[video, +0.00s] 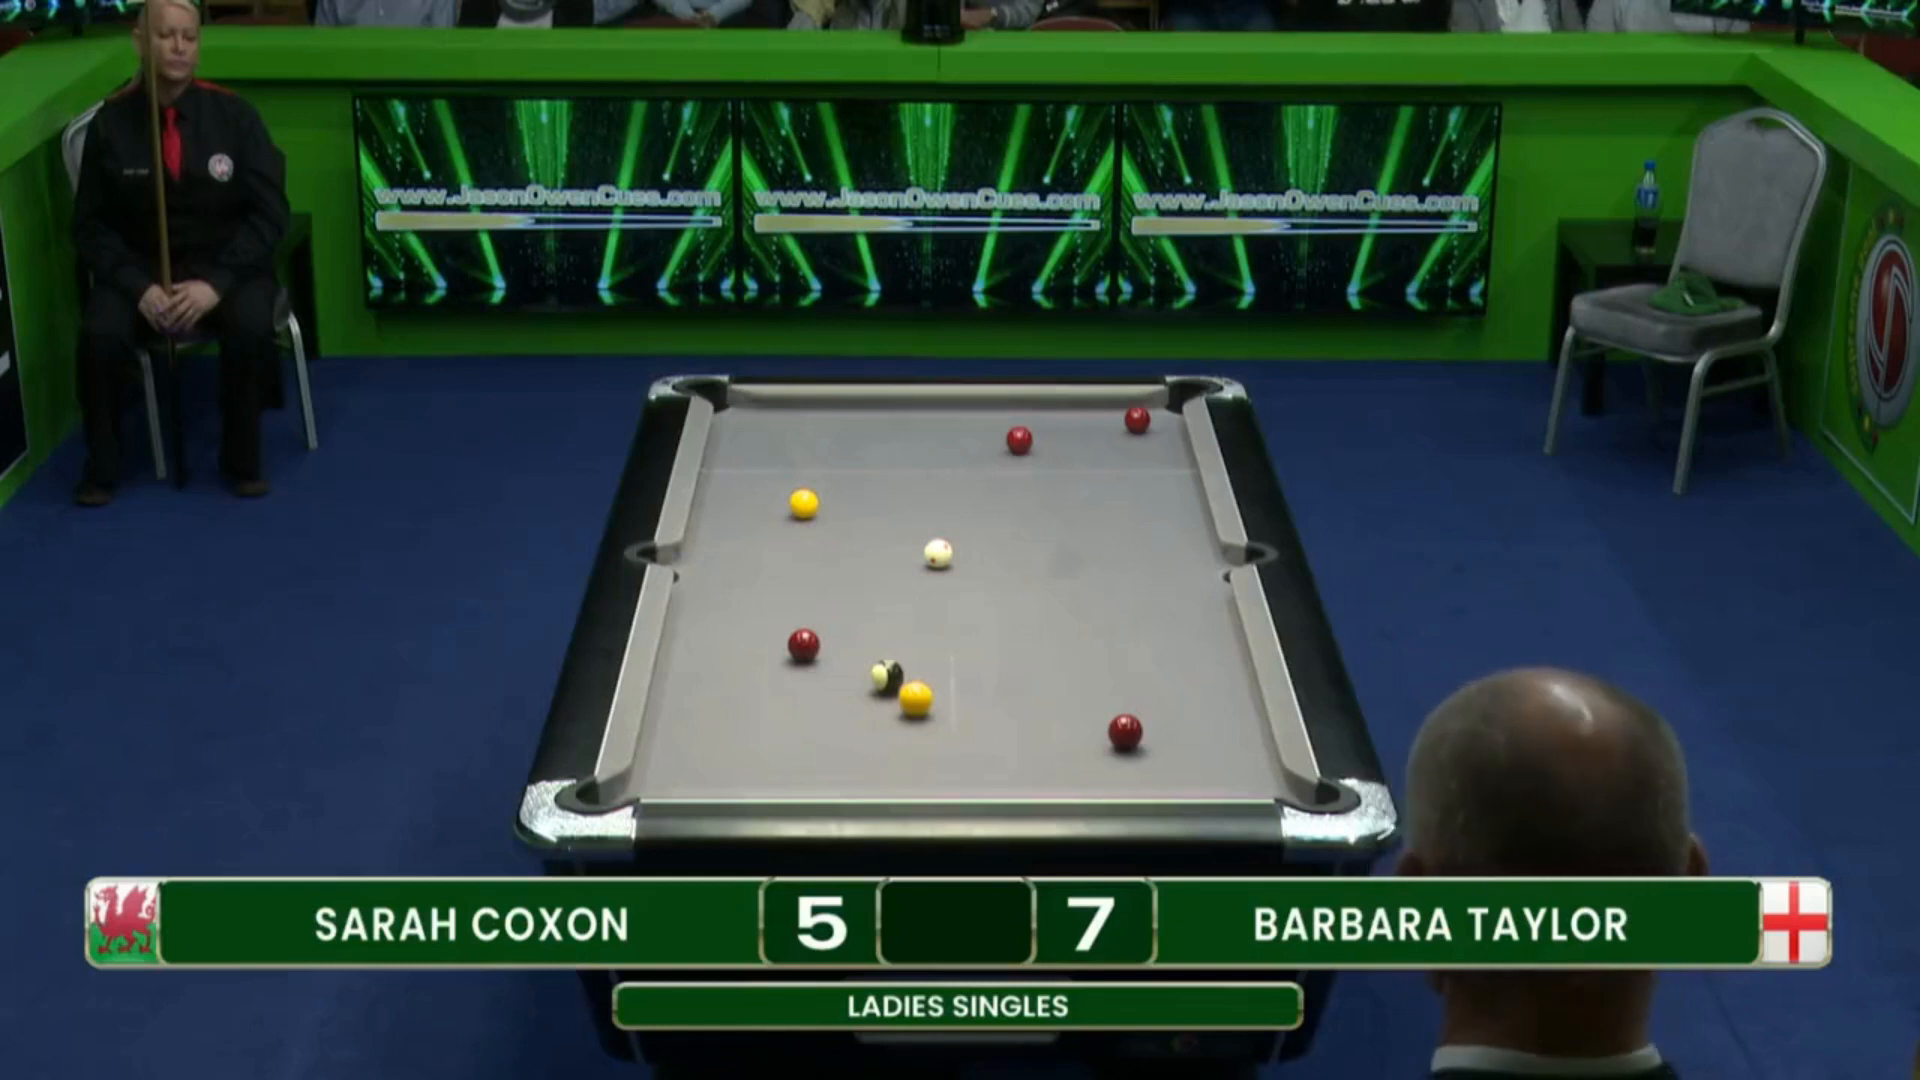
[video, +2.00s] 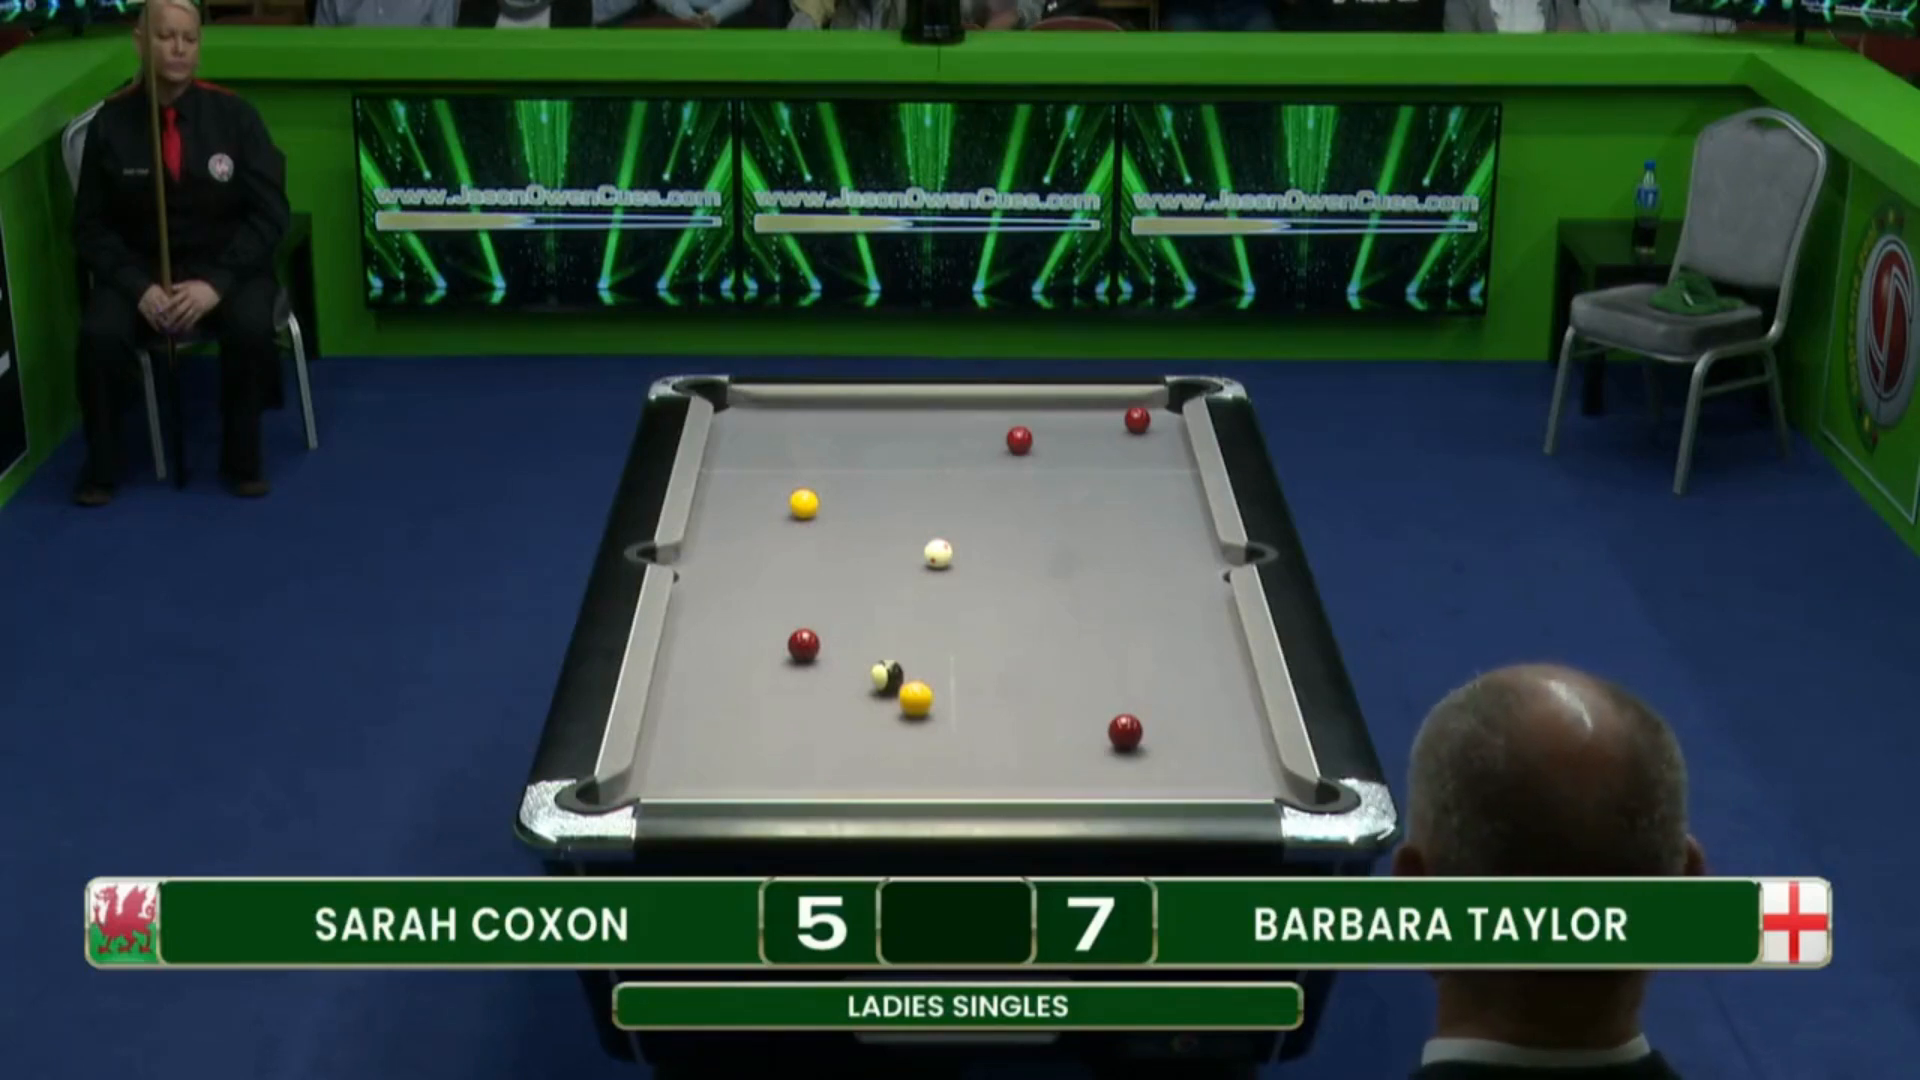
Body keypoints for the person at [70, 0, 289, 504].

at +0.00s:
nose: (180, 47)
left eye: (189, 37)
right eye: (166, 36)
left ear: (199, 44)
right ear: (141, 41)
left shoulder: (235, 115)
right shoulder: (111, 121)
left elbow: (269, 214)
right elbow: (90, 226)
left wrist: (213, 283)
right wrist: (140, 287)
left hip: (221, 268)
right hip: (138, 274)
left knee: (249, 327)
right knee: (102, 333)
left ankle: (243, 462)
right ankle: (101, 468)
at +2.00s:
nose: (179, 49)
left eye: (189, 38)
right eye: (166, 37)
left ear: (199, 45)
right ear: (141, 42)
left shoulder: (235, 115)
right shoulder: (111, 121)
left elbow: (269, 214)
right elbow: (90, 226)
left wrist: (213, 283)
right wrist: (140, 287)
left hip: (221, 267)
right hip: (138, 274)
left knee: (249, 329)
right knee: (101, 335)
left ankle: (244, 462)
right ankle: (101, 467)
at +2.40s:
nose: (179, 49)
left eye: (189, 38)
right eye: (166, 37)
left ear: (199, 44)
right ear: (141, 41)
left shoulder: (235, 115)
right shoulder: (111, 122)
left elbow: (269, 214)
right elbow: (90, 226)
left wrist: (214, 283)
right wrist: (140, 287)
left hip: (221, 267)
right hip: (138, 274)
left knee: (249, 329)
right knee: (100, 335)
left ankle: (244, 462)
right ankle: (101, 467)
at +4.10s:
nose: (179, 49)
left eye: (189, 38)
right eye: (165, 37)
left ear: (200, 45)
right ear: (141, 42)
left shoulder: (235, 115)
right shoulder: (111, 121)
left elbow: (269, 215)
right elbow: (90, 226)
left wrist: (214, 284)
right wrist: (140, 287)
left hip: (221, 266)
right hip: (138, 272)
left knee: (249, 329)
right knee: (101, 336)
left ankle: (243, 463)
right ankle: (101, 469)